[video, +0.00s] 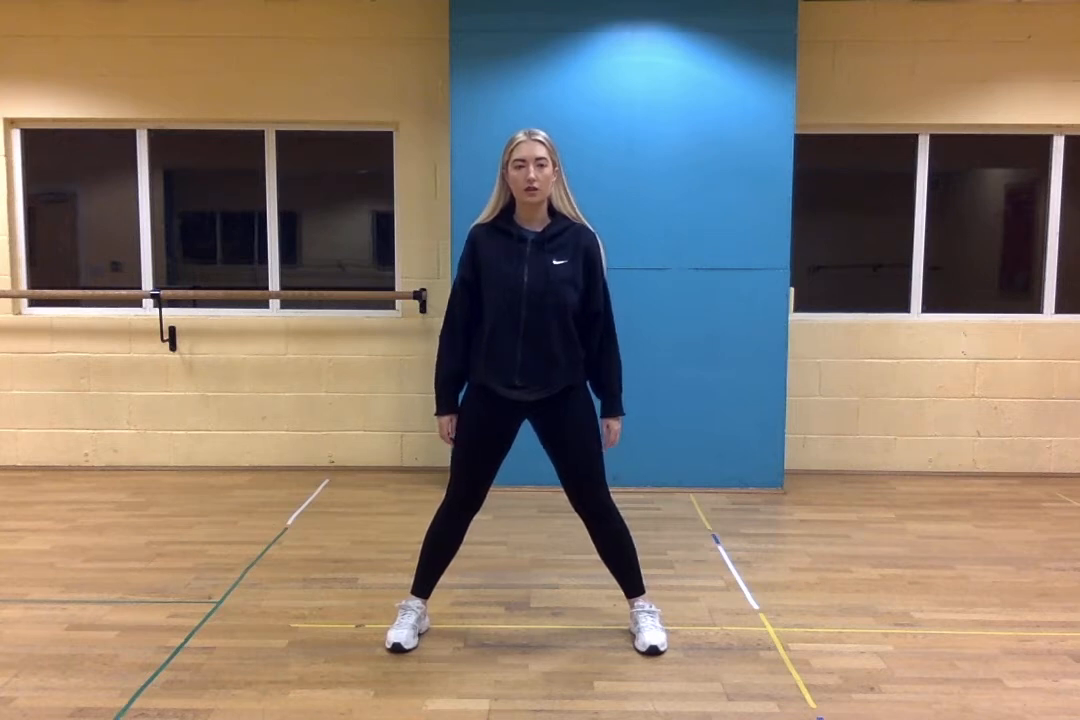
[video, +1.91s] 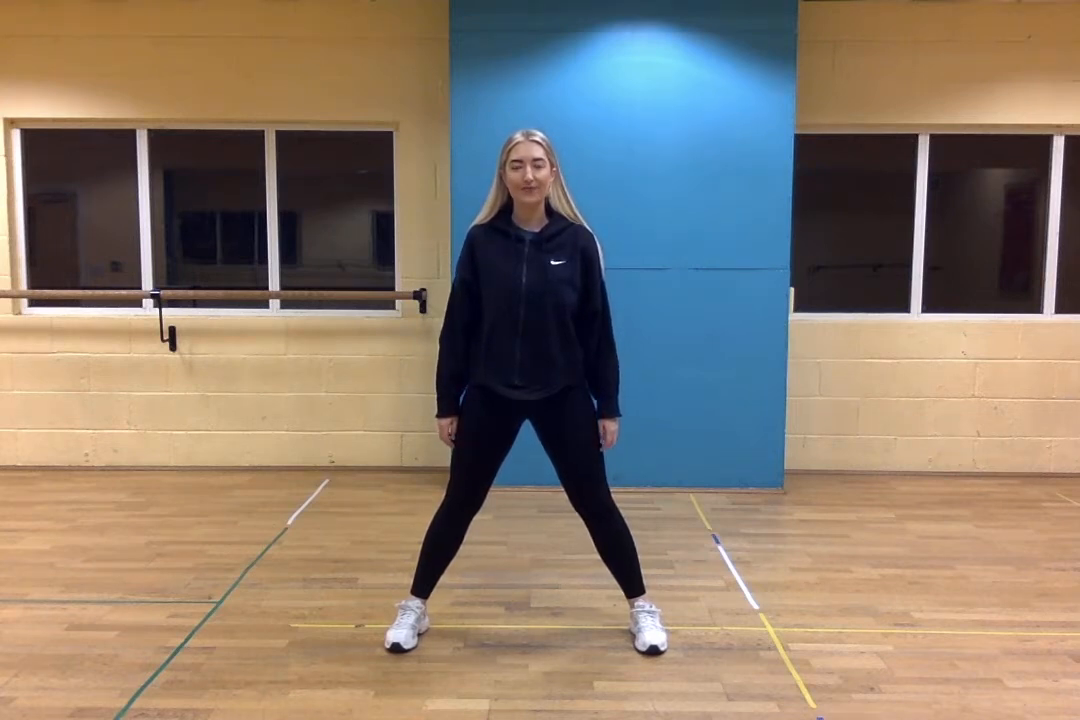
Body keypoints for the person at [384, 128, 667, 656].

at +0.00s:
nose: (531, 173)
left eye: (540, 164)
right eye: (520, 164)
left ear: (555, 172)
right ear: (506, 174)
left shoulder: (581, 240)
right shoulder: (484, 237)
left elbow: (599, 323)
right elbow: (458, 319)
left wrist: (611, 403)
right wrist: (446, 399)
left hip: (563, 393)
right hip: (491, 393)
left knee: (594, 502)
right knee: (460, 501)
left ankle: (641, 607)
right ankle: (414, 606)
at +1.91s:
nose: (528, 173)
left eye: (537, 164)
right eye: (517, 165)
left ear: (553, 172)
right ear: (504, 175)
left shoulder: (578, 239)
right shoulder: (482, 238)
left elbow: (597, 325)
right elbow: (458, 321)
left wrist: (608, 405)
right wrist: (448, 402)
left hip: (563, 394)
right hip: (491, 393)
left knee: (595, 502)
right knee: (460, 501)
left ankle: (641, 607)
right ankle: (414, 606)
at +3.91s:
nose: (532, 173)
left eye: (542, 164)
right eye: (521, 164)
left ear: (556, 173)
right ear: (507, 174)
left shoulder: (581, 240)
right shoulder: (484, 237)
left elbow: (600, 323)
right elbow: (459, 317)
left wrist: (614, 403)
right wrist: (445, 396)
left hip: (564, 394)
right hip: (493, 393)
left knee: (595, 503)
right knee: (457, 502)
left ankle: (640, 609)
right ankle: (414, 607)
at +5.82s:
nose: (537, 175)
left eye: (546, 166)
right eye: (526, 167)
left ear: (561, 175)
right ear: (511, 179)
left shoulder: (588, 240)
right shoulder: (491, 242)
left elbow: (607, 316)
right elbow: (469, 323)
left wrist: (596, 383)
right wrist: (469, 400)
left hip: (580, 390)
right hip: (510, 392)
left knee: (614, 505)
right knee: (468, 504)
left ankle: (634, 610)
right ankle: (417, 607)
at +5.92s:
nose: (547, 184)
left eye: (556, 174)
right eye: (536, 176)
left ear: (571, 184)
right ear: (522, 188)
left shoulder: (598, 248)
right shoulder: (501, 252)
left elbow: (619, 329)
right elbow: (483, 331)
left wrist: (617, 403)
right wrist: (486, 406)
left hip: (592, 401)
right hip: (520, 403)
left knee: (630, 511)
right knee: (468, 508)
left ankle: (635, 611)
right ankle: (417, 607)